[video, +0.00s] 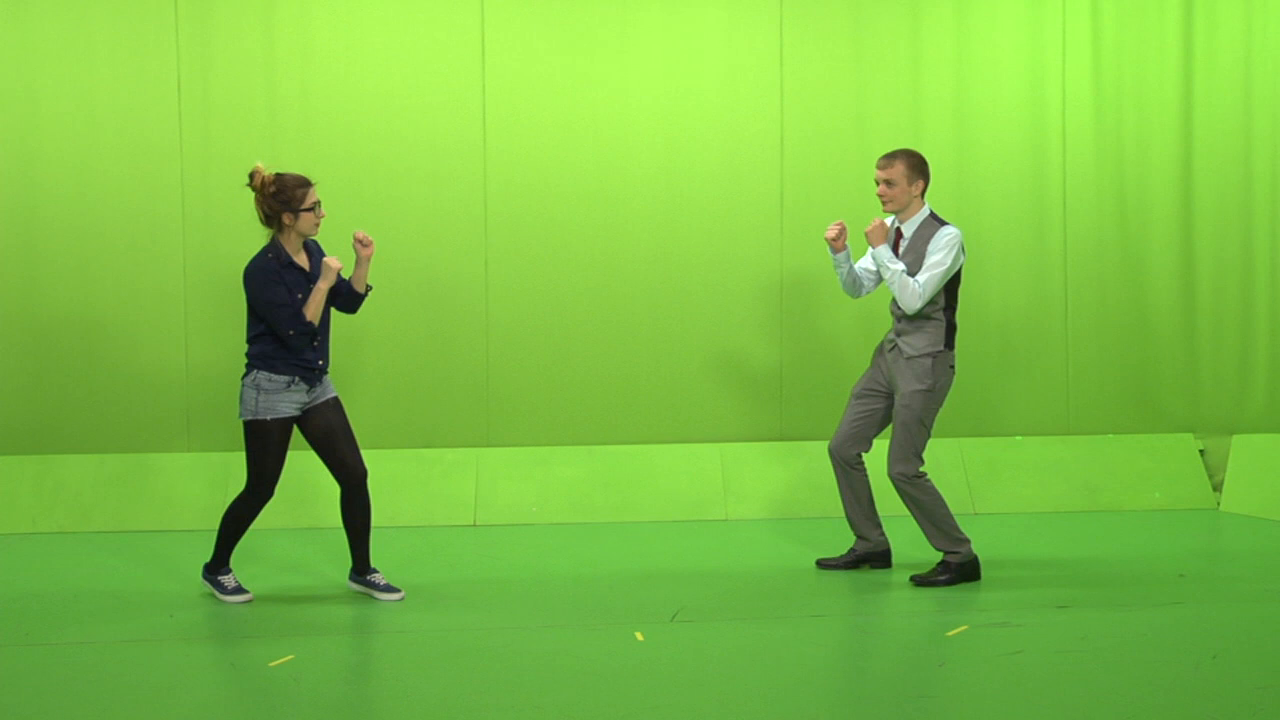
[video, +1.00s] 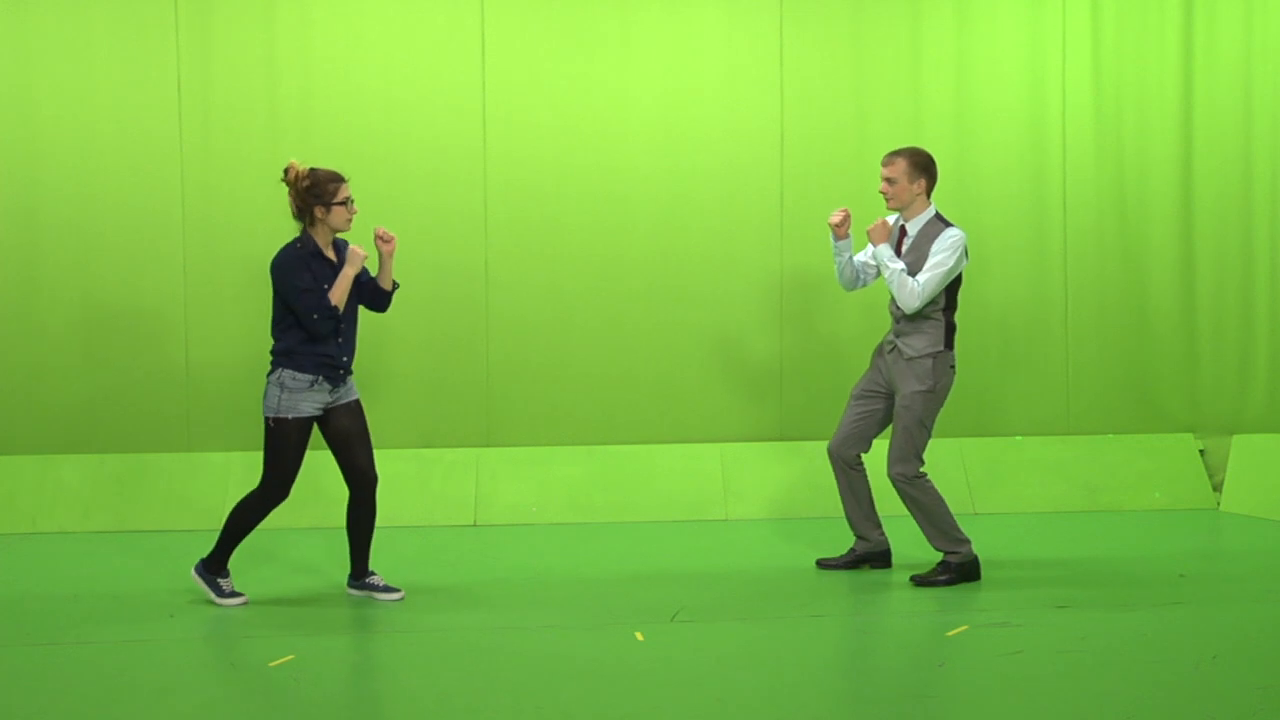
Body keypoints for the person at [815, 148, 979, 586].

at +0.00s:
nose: (881, 192)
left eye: (889, 184)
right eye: (878, 184)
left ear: (918, 187)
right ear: (881, 186)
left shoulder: (947, 238)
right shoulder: (888, 232)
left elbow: (913, 299)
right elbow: (856, 287)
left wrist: (883, 250)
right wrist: (840, 253)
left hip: (926, 362)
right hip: (890, 355)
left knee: (903, 467)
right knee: (844, 448)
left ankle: (961, 557)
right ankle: (871, 546)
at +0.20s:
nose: (880, 183)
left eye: (888, 176)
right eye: (879, 175)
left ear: (918, 179)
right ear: (891, 180)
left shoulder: (947, 230)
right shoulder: (890, 224)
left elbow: (912, 290)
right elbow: (852, 275)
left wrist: (883, 241)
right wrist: (837, 238)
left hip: (926, 355)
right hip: (890, 349)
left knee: (909, 460)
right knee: (850, 444)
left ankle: (961, 556)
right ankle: (872, 546)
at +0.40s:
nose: (880, 188)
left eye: (888, 181)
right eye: (879, 181)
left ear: (917, 186)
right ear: (893, 187)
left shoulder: (948, 238)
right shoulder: (891, 231)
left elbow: (914, 301)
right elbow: (852, 281)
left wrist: (883, 253)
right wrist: (839, 244)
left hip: (928, 361)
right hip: (892, 354)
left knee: (905, 466)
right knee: (846, 448)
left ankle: (961, 557)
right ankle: (872, 546)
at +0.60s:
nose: (881, 183)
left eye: (888, 176)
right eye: (880, 175)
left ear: (919, 179)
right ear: (894, 181)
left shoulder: (949, 232)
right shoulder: (890, 224)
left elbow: (914, 294)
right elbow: (852, 276)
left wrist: (884, 245)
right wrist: (839, 238)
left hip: (929, 356)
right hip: (891, 351)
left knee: (909, 461)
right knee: (851, 446)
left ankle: (961, 557)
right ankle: (872, 546)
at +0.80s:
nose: (881, 182)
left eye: (888, 174)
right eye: (880, 174)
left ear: (919, 178)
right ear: (896, 180)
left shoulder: (949, 232)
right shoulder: (890, 222)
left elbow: (911, 292)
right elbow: (849, 272)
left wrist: (883, 243)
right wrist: (839, 232)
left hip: (929, 356)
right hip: (891, 350)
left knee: (910, 461)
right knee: (851, 445)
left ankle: (961, 557)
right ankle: (872, 546)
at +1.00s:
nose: (883, 189)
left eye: (890, 182)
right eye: (882, 181)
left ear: (921, 186)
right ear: (900, 188)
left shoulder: (950, 239)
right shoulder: (892, 229)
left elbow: (911, 299)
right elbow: (851, 279)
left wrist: (883, 249)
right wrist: (841, 239)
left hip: (926, 362)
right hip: (889, 357)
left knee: (903, 467)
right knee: (843, 448)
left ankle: (961, 557)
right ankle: (871, 546)